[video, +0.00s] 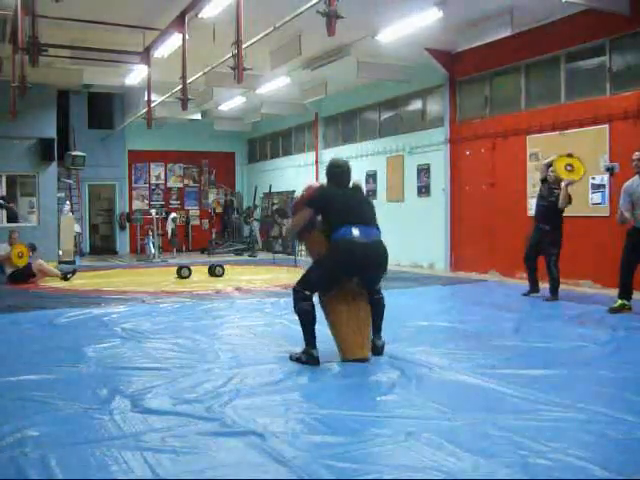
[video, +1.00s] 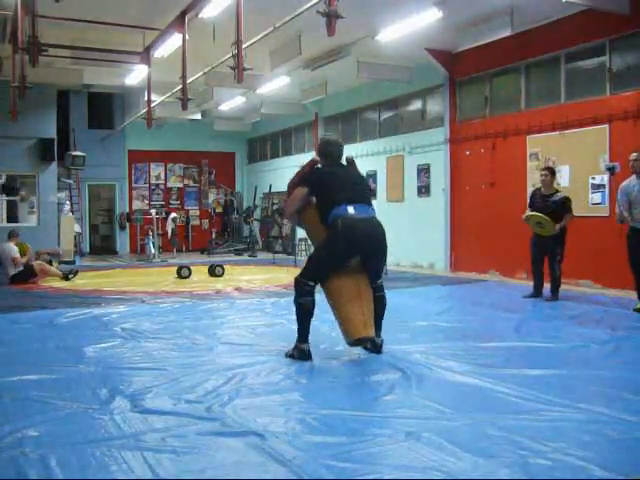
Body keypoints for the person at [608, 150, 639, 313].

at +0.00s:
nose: (635, 164)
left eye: (637, 160)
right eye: (634, 161)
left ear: (639, 163)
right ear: (632, 163)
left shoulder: (631, 186)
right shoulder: (629, 186)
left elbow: (625, 210)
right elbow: (625, 209)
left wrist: (625, 217)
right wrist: (627, 218)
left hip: (635, 229)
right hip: (635, 228)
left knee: (628, 262)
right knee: (627, 263)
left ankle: (624, 298)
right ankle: (624, 298)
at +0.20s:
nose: (635, 163)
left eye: (637, 160)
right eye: (634, 161)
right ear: (632, 163)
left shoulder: (631, 186)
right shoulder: (629, 185)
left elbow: (625, 207)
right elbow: (625, 207)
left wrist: (630, 219)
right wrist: (630, 219)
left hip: (636, 228)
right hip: (635, 228)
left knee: (628, 264)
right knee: (627, 264)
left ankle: (634, 295)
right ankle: (633, 295)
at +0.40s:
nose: (635, 163)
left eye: (637, 160)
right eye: (634, 161)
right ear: (631, 164)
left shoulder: (630, 186)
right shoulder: (628, 186)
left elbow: (625, 208)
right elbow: (625, 207)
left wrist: (629, 217)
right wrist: (630, 218)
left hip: (635, 229)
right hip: (635, 229)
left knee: (634, 265)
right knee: (633, 265)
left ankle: (638, 297)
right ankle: (638, 297)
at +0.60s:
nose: (634, 163)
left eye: (636, 160)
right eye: (632, 160)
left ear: (639, 163)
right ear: (630, 163)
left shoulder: (628, 186)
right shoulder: (627, 185)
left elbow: (623, 207)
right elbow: (623, 206)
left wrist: (627, 216)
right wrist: (626, 217)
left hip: (635, 229)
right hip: (634, 228)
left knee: (636, 266)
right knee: (635, 266)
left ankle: (639, 300)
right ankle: (639, 299)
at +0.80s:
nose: (633, 164)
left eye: (636, 160)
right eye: (632, 161)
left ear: (639, 164)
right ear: (629, 164)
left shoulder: (627, 187)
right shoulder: (626, 186)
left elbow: (623, 209)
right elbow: (624, 209)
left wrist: (629, 219)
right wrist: (629, 220)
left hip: (635, 229)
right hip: (634, 228)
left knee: (635, 266)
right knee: (635, 266)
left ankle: (638, 300)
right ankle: (638, 299)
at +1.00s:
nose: (633, 164)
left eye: (635, 161)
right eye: (632, 161)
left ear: (639, 164)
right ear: (629, 164)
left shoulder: (627, 187)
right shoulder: (626, 186)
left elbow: (623, 211)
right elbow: (623, 210)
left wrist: (628, 219)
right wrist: (628, 219)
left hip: (634, 229)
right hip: (634, 229)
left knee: (635, 267)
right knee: (635, 267)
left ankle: (638, 300)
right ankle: (638, 300)